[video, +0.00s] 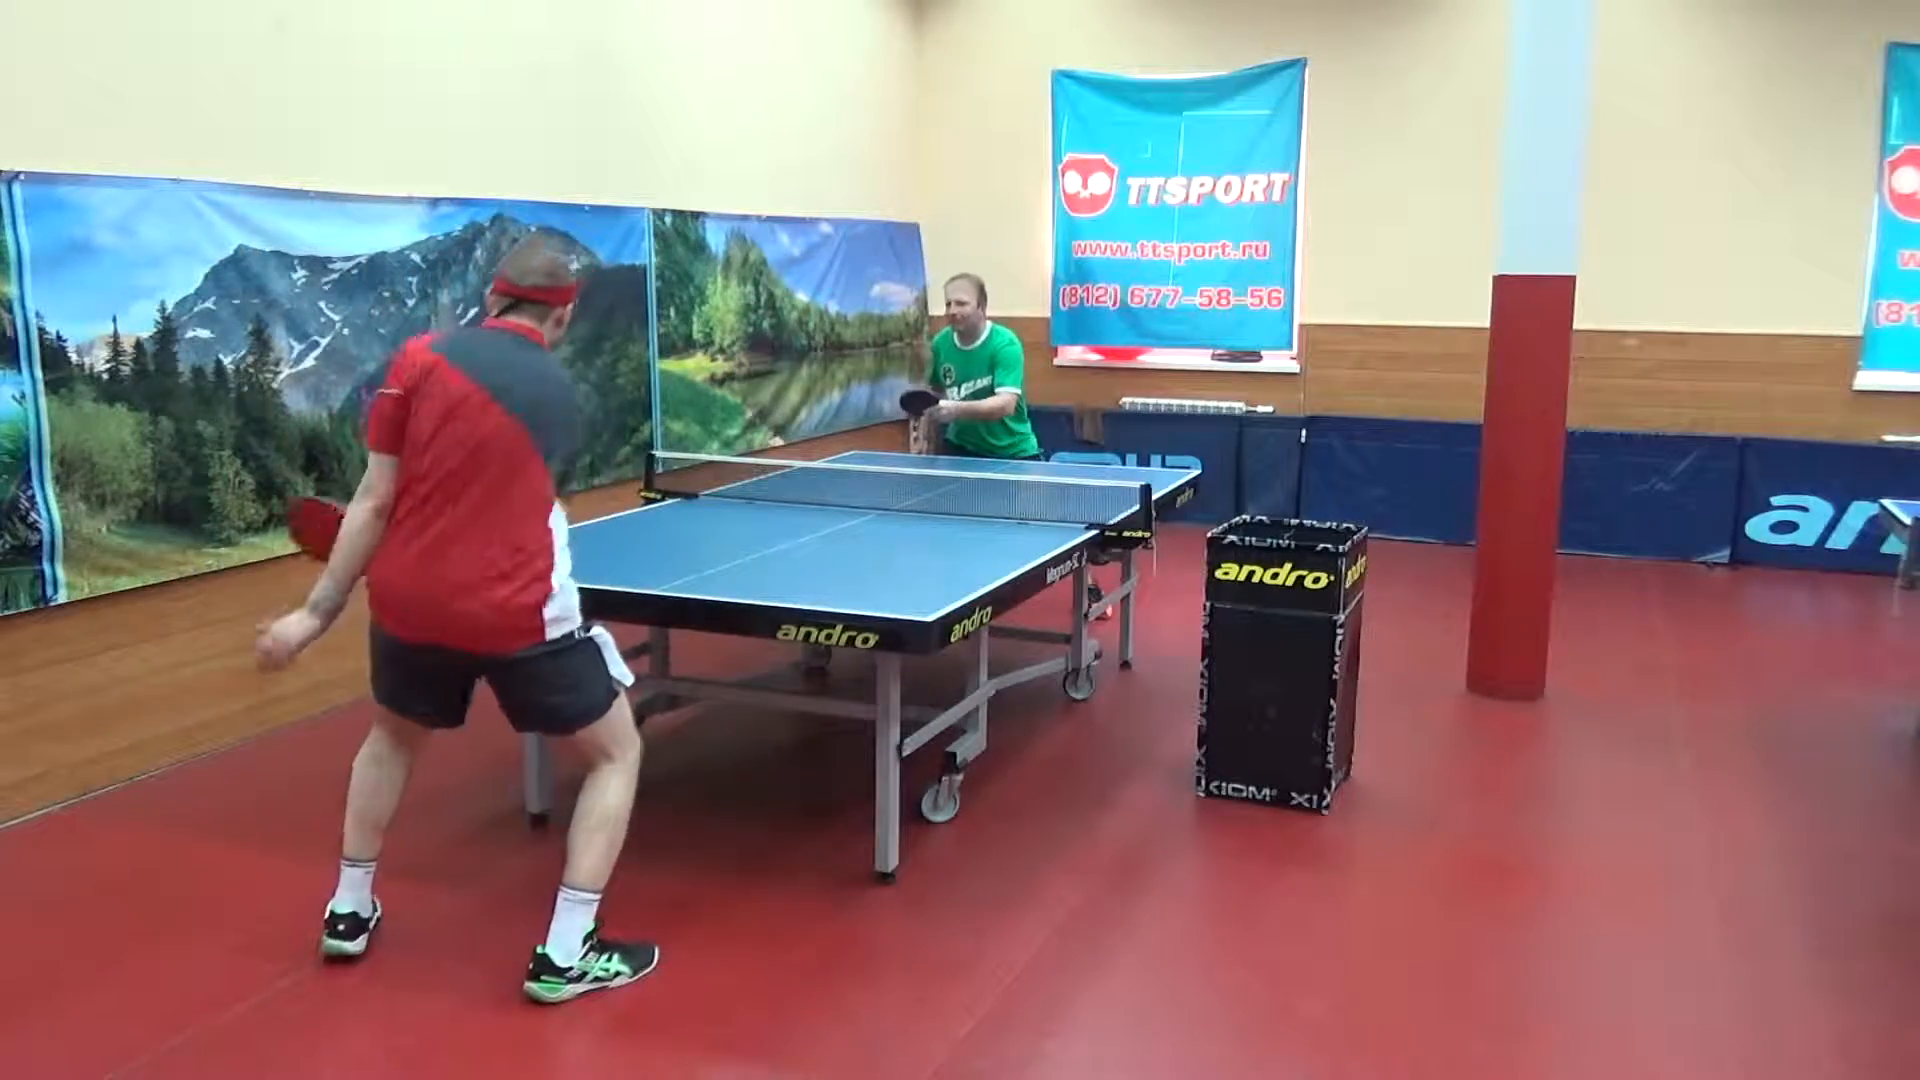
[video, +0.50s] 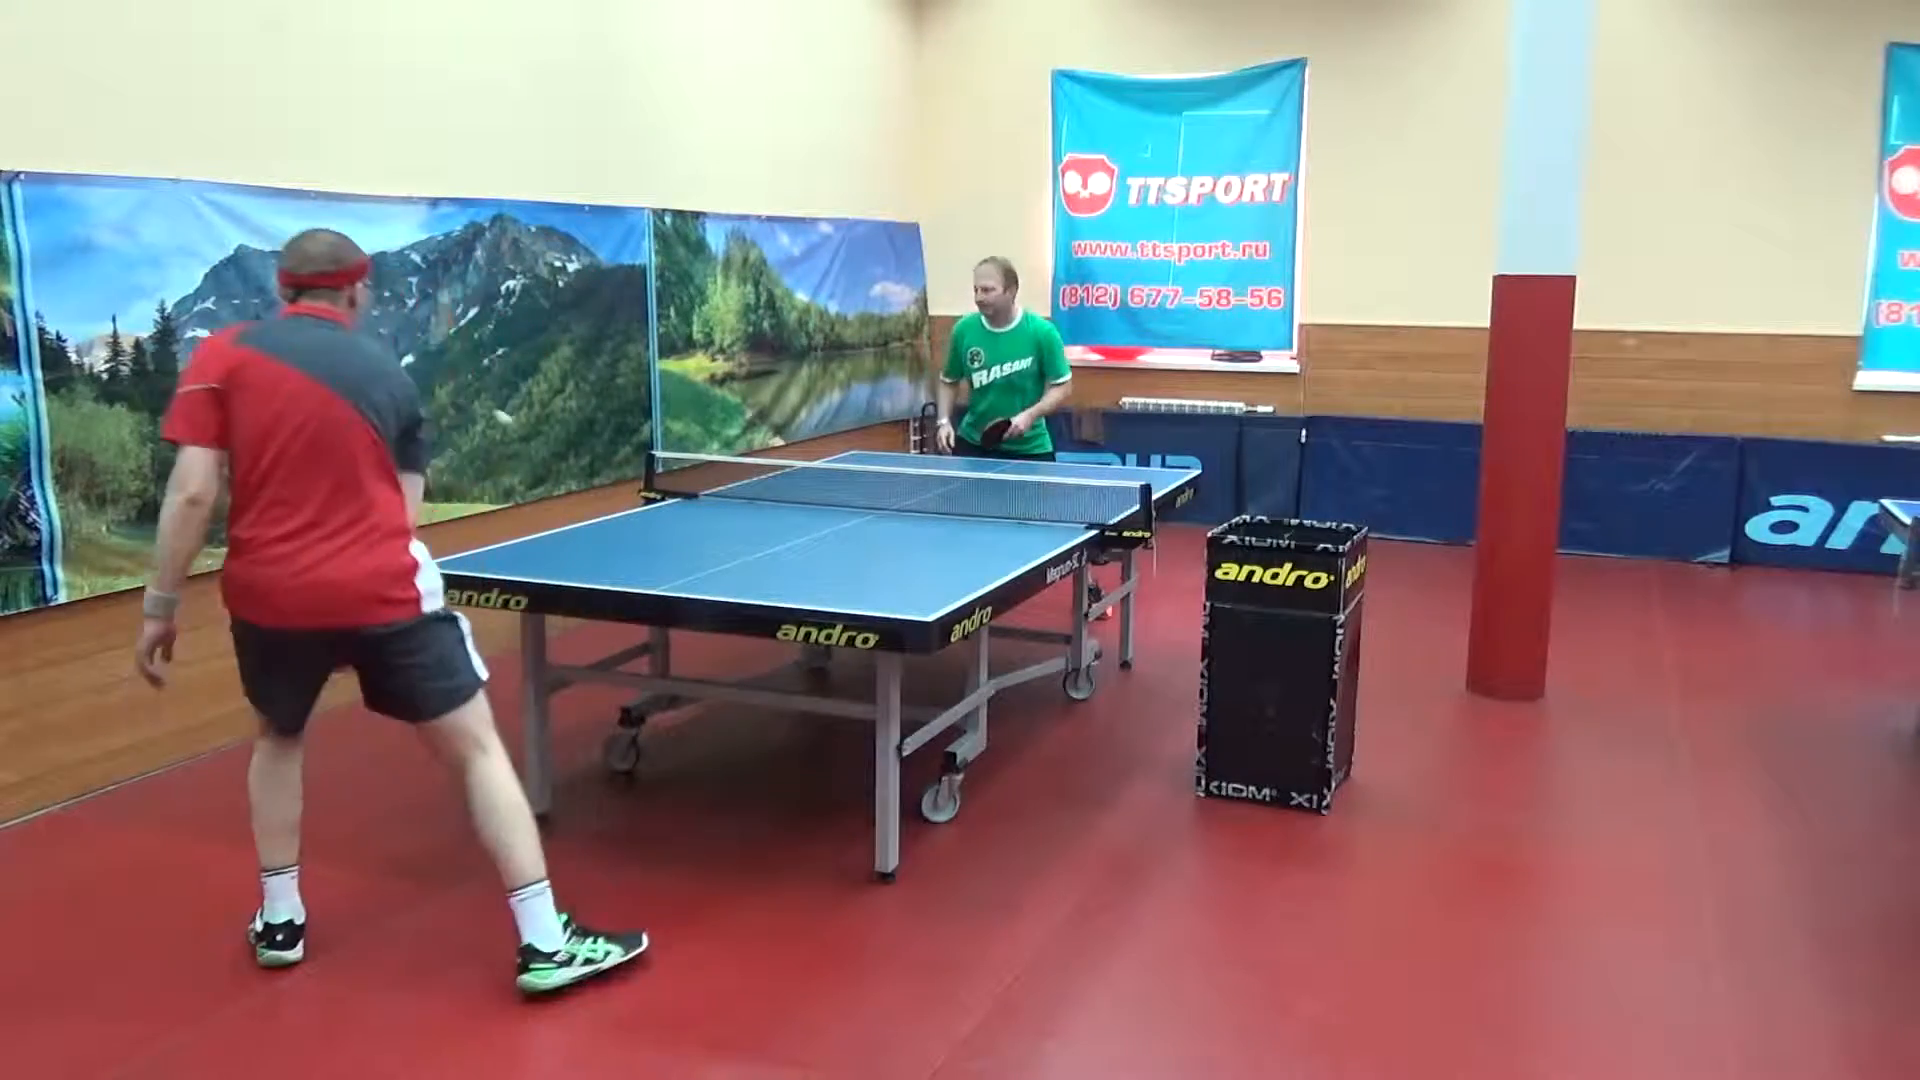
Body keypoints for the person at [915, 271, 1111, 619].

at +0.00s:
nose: (952, 311)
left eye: (961, 304)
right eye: (948, 304)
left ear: (982, 307)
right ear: (945, 307)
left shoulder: (1005, 344)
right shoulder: (940, 345)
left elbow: (1005, 405)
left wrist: (954, 409)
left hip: (1015, 454)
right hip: (963, 454)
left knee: (1050, 518)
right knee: (956, 525)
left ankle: (1088, 587)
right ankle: (962, 600)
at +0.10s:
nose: (960, 305)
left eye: (969, 298)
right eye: (956, 298)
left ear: (990, 301)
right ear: (953, 301)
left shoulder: (1011, 338)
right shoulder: (947, 339)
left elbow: (1020, 398)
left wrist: (966, 404)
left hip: (1017, 452)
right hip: (965, 451)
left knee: (1051, 516)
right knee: (954, 522)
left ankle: (1088, 588)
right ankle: (959, 597)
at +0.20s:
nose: (970, 300)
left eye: (979, 293)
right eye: (965, 293)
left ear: (998, 297)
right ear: (960, 297)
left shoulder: (1021, 337)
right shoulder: (950, 336)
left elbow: (1036, 395)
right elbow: (940, 392)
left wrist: (987, 403)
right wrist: (929, 430)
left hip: (1019, 450)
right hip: (966, 449)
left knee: (1048, 516)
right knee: (955, 520)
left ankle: (1087, 587)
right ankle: (958, 595)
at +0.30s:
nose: (974, 298)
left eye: (983, 291)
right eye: (970, 291)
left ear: (1004, 295)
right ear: (965, 294)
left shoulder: (1028, 336)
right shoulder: (953, 334)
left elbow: (1051, 394)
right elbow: (938, 383)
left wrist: (1008, 409)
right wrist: (934, 424)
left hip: (1021, 448)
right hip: (967, 447)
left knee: (1049, 516)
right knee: (958, 521)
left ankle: (1087, 587)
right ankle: (958, 596)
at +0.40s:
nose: (977, 296)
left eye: (986, 289)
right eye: (974, 289)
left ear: (1009, 293)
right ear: (970, 291)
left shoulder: (1034, 334)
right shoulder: (958, 333)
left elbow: (1057, 392)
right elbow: (941, 381)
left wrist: (1021, 414)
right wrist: (938, 420)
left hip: (1025, 449)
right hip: (972, 449)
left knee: (1051, 518)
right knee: (965, 523)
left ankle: (1087, 587)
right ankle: (964, 597)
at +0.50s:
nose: (978, 296)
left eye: (987, 290)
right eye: (976, 289)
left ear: (1012, 292)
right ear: (974, 289)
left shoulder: (1041, 332)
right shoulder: (964, 330)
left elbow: (1062, 387)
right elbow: (948, 382)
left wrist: (1029, 415)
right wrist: (944, 420)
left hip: (1029, 449)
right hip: (976, 449)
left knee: (1051, 519)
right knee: (969, 523)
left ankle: (1087, 587)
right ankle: (964, 599)